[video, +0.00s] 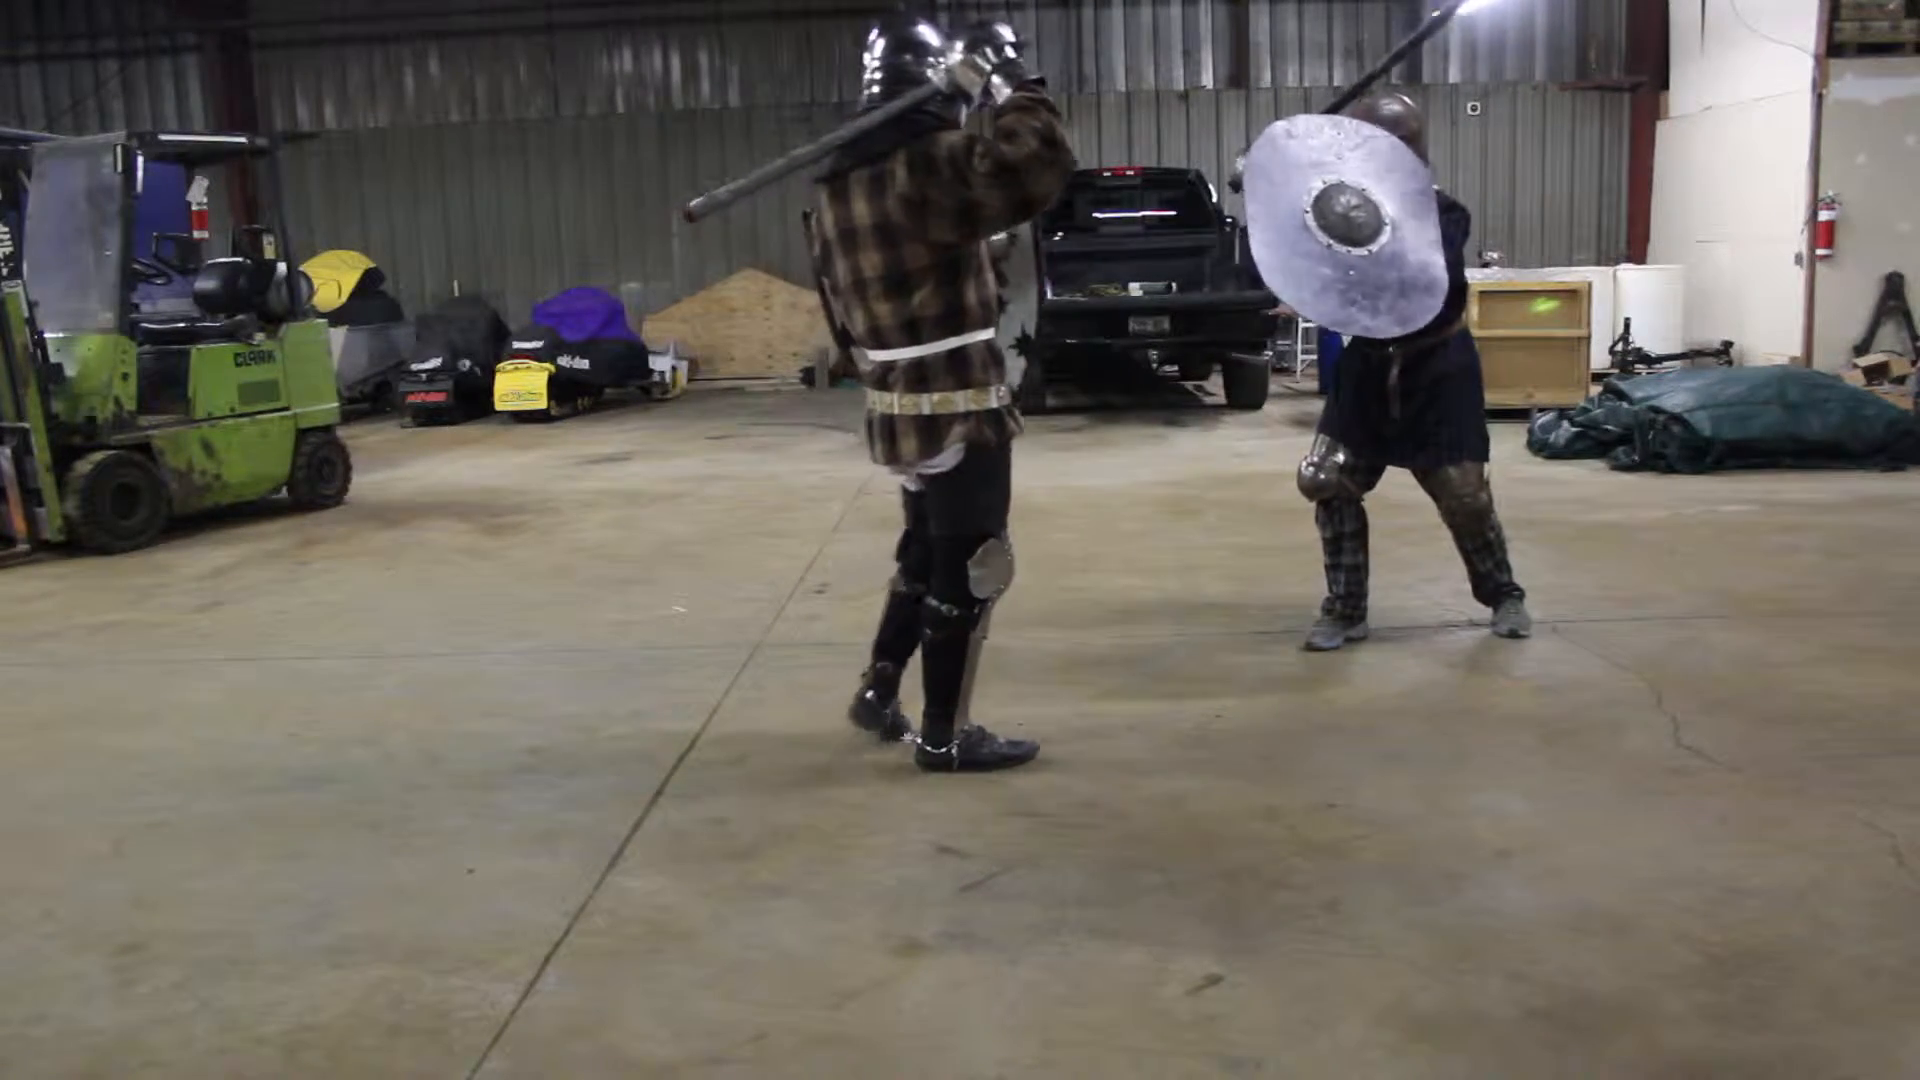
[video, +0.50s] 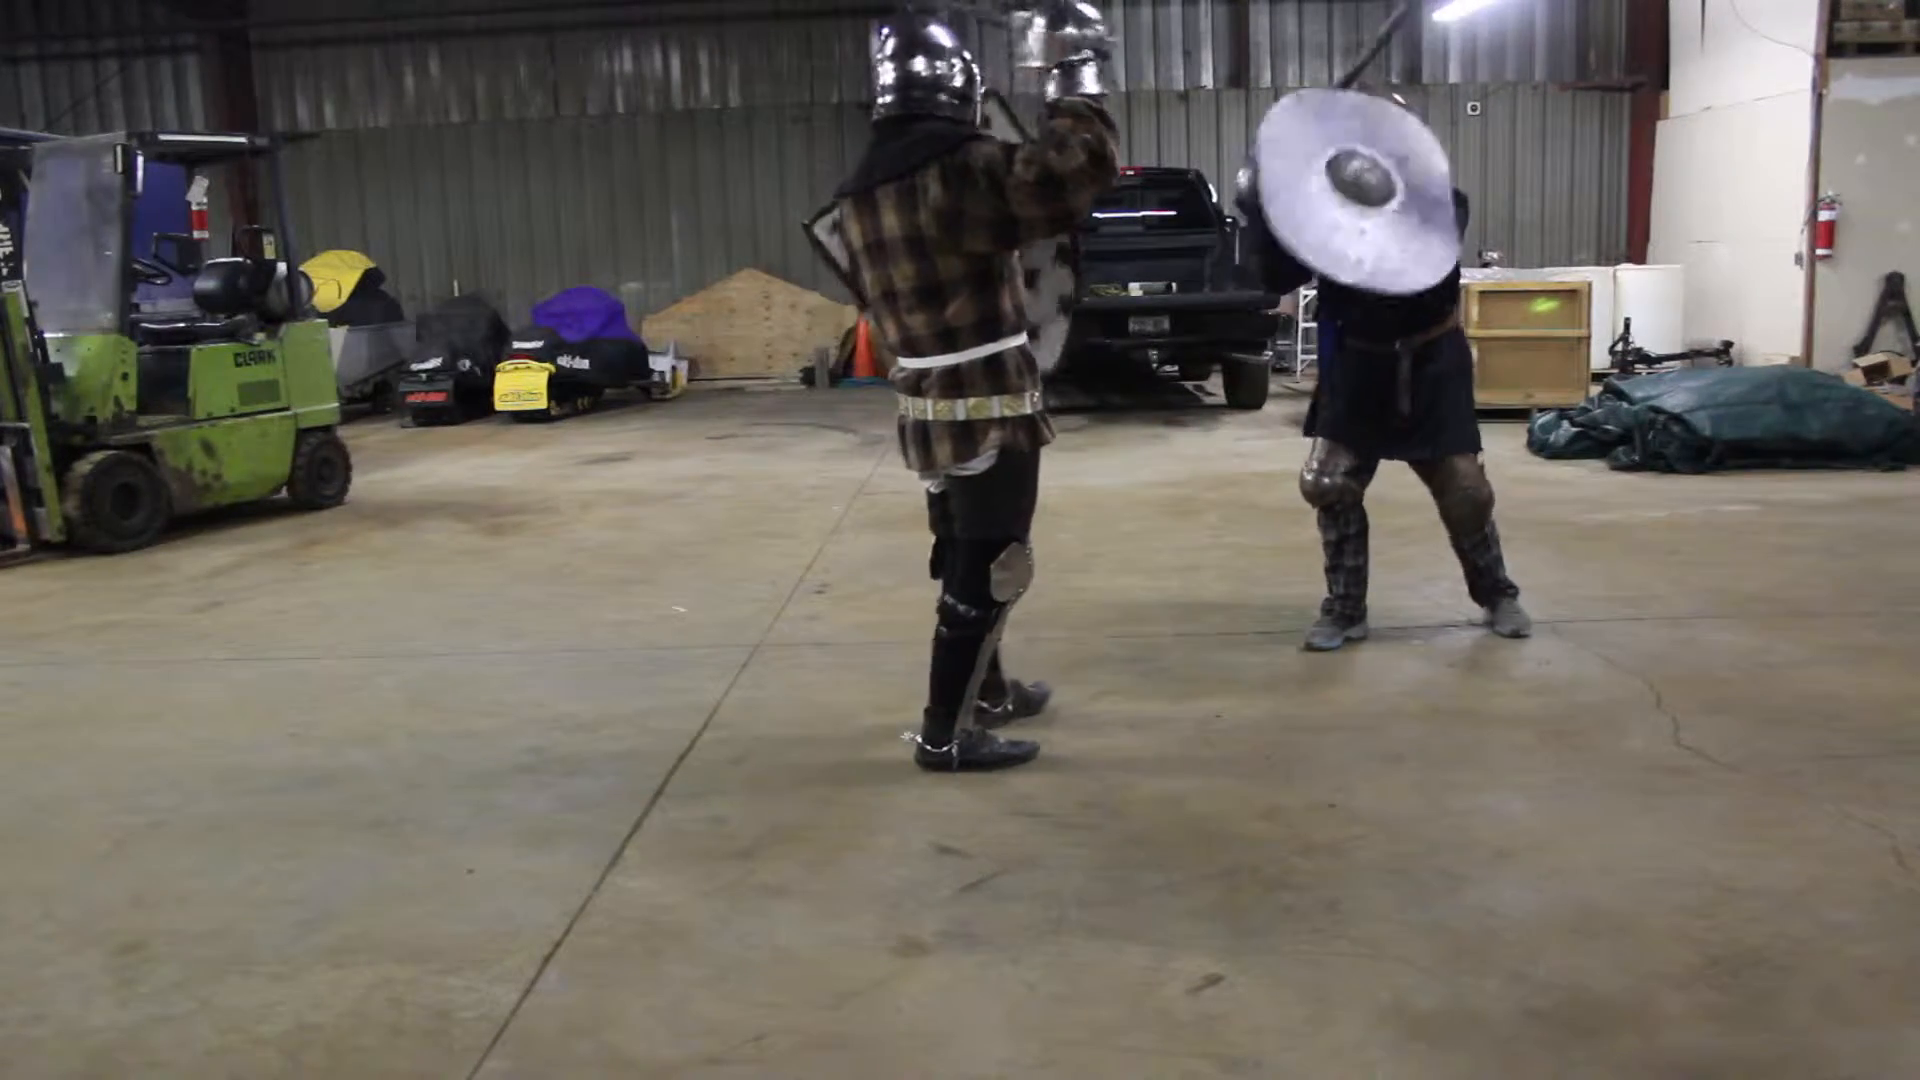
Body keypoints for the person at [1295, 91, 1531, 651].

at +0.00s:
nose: (1374, 156)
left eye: (1387, 143)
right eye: (1363, 143)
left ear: (1413, 148)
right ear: (1353, 147)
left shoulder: (1443, 215)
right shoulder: (1347, 209)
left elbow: (1438, 305)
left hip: (1438, 357)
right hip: (1365, 358)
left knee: (1461, 489)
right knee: (1330, 479)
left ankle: (1504, 597)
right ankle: (1344, 610)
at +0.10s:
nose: (1386, 159)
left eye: (1399, 147)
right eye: (1375, 147)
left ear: (1418, 152)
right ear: (1357, 148)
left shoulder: (1441, 219)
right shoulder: (1346, 211)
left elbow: (1442, 305)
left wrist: (1402, 348)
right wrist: (1264, 196)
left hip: (1436, 364)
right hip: (1361, 364)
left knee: (1459, 498)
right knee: (1329, 480)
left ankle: (1504, 598)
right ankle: (1344, 610)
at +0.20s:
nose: (1379, 167)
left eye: (1390, 155)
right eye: (1368, 154)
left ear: (1413, 159)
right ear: (1355, 156)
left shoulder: (1438, 225)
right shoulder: (1346, 218)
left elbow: (1440, 313)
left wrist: (1400, 353)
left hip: (1436, 370)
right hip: (1360, 370)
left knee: (1456, 503)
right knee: (1327, 482)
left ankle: (1504, 598)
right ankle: (1344, 610)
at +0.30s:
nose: (1379, 165)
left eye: (1392, 153)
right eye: (1368, 152)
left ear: (1416, 159)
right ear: (1355, 156)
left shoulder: (1439, 226)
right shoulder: (1343, 216)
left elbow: (1449, 315)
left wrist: (1403, 349)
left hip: (1434, 368)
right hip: (1358, 367)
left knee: (1458, 504)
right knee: (1319, 482)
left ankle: (1504, 599)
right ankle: (1344, 610)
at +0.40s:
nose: (1391, 148)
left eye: (1401, 136)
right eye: (1381, 136)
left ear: (1421, 146)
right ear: (1363, 144)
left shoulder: (1443, 215)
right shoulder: (1345, 208)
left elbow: (1427, 298)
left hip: (1433, 360)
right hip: (1354, 363)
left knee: (1464, 495)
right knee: (1324, 484)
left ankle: (1503, 597)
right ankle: (1344, 611)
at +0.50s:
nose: (1363, 168)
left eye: (1374, 157)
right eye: (1353, 158)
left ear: (1393, 159)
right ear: (1337, 168)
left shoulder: (1433, 202)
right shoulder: (1322, 211)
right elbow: (1282, 277)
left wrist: (1390, 186)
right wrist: (1259, 211)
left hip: (1433, 352)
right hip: (1356, 354)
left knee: (1464, 490)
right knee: (1331, 484)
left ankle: (1499, 597)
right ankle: (1344, 611)